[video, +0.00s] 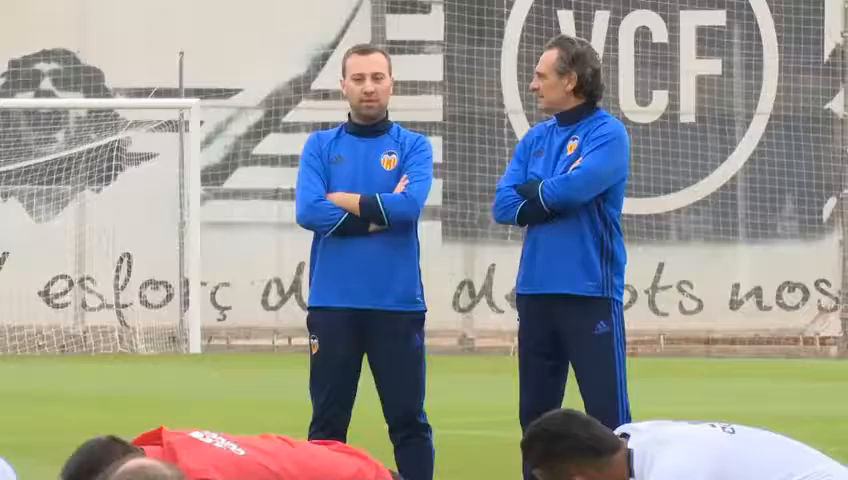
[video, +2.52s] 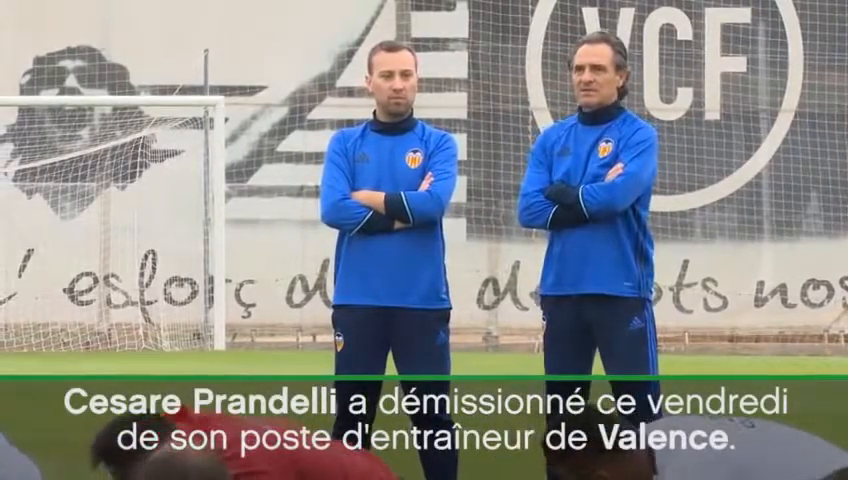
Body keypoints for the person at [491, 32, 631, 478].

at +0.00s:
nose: (533, 83)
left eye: (542, 76)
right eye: (535, 75)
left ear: (572, 83)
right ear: (562, 82)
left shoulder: (609, 133)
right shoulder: (532, 138)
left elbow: (572, 192)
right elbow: (502, 206)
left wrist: (528, 191)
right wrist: (555, 198)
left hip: (591, 293)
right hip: (535, 292)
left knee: (608, 420)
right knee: (536, 420)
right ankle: (536, 477)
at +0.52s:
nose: (538, 83)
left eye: (547, 74)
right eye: (540, 74)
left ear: (577, 80)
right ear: (571, 80)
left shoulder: (614, 131)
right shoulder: (538, 138)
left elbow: (581, 188)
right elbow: (508, 205)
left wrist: (532, 191)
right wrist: (561, 197)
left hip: (597, 291)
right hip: (542, 292)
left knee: (613, 412)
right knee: (543, 412)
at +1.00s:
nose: (545, 82)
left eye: (557, 73)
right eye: (544, 73)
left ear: (589, 80)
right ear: (541, 77)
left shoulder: (615, 130)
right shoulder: (534, 138)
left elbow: (589, 192)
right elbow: (509, 208)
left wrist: (538, 189)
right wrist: (571, 192)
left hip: (600, 292)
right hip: (543, 293)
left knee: (622, 410)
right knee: (544, 411)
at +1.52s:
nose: (577, 82)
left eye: (588, 74)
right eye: (571, 74)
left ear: (612, 80)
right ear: (563, 80)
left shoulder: (631, 131)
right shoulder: (541, 138)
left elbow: (623, 190)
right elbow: (522, 207)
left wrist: (555, 189)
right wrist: (599, 191)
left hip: (614, 292)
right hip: (551, 292)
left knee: (630, 408)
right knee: (548, 409)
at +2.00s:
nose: (585, 79)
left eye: (597, 71)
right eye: (578, 71)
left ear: (619, 78)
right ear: (570, 78)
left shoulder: (637, 131)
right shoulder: (547, 137)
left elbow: (626, 187)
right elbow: (527, 206)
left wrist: (561, 190)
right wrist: (598, 195)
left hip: (619, 291)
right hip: (558, 292)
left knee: (635, 409)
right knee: (558, 411)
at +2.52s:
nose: (586, 77)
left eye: (598, 69)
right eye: (579, 69)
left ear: (621, 78)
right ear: (571, 77)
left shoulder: (637, 133)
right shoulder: (549, 138)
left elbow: (620, 196)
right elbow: (529, 211)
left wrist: (559, 192)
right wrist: (599, 193)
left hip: (622, 292)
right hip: (562, 292)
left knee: (639, 410)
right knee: (561, 412)